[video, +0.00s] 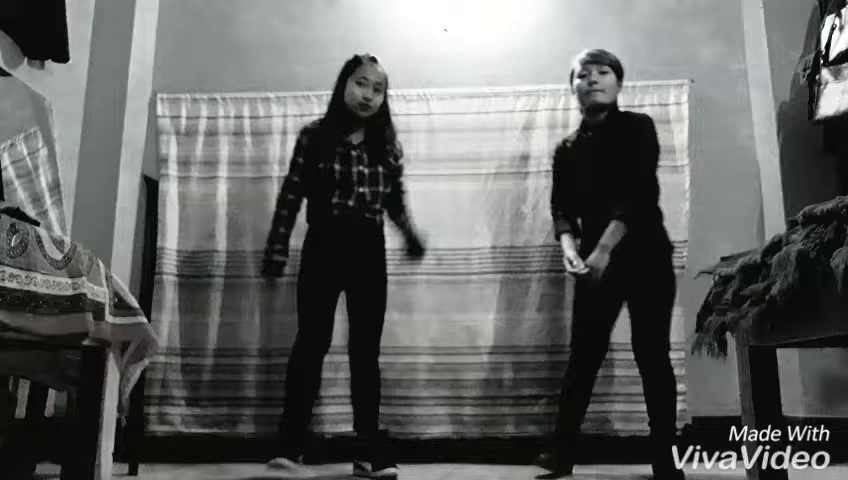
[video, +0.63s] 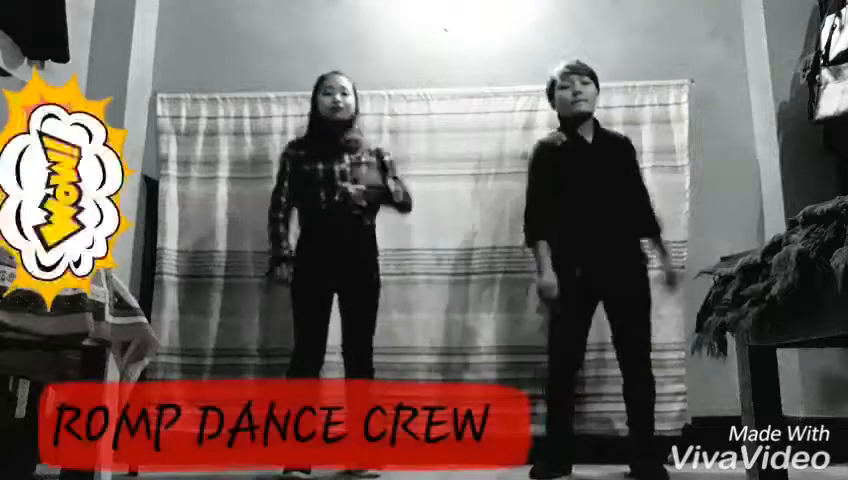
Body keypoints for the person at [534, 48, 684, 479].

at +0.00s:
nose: (589, 78)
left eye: (599, 72)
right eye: (582, 74)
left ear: (618, 84)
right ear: (574, 88)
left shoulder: (638, 126)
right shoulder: (568, 149)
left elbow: (637, 195)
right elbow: (563, 207)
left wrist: (604, 248)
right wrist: (569, 248)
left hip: (645, 257)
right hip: (596, 261)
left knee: (652, 357)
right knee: (583, 357)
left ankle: (664, 458)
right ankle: (561, 453)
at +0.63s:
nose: (575, 90)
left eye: (583, 84)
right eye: (565, 86)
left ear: (598, 96)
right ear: (553, 101)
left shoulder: (619, 147)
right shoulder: (547, 153)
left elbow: (641, 206)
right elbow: (536, 217)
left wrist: (664, 255)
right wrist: (545, 269)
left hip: (624, 270)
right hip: (572, 273)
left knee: (637, 365)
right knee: (562, 368)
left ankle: (645, 458)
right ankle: (556, 459)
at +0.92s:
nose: (576, 91)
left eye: (586, 83)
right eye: (571, 86)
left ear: (608, 91)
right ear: (567, 98)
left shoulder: (629, 133)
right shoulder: (561, 155)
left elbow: (633, 188)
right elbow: (560, 215)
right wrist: (565, 258)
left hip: (628, 264)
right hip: (580, 266)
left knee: (634, 359)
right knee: (559, 358)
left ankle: (644, 457)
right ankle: (540, 453)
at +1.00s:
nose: (554, 94)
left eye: (563, 87)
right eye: (552, 89)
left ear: (589, 93)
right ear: (553, 100)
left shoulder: (607, 135)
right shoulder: (548, 148)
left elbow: (583, 193)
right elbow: (545, 208)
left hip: (598, 259)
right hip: (553, 261)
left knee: (616, 357)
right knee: (542, 354)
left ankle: (640, 455)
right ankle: (533, 452)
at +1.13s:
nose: (538, 104)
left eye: (548, 96)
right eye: (535, 98)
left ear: (573, 102)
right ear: (532, 107)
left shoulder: (595, 153)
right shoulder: (521, 157)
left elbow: (603, 219)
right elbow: (502, 201)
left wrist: (563, 240)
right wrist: (493, 221)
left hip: (573, 274)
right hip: (523, 274)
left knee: (598, 366)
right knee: (525, 369)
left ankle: (626, 456)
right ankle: (531, 456)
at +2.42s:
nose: (522, 80)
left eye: (531, 73)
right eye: (513, 76)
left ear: (546, 88)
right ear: (502, 92)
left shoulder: (564, 139)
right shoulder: (493, 134)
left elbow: (594, 189)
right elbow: (504, 193)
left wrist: (627, 241)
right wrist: (545, 229)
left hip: (561, 263)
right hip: (511, 264)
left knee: (581, 361)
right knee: (510, 363)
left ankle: (599, 461)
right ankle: (502, 462)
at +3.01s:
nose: (544, 84)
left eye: (554, 79)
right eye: (534, 79)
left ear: (567, 93)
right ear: (521, 95)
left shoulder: (587, 136)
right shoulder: (510, 156)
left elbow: (599, 201)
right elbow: (500, 221)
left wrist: (584, 256)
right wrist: (497, 278)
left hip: (587, 260)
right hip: (535, 264)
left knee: (601, 360)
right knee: (515, 361)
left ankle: (600, 459)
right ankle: (486, 456)